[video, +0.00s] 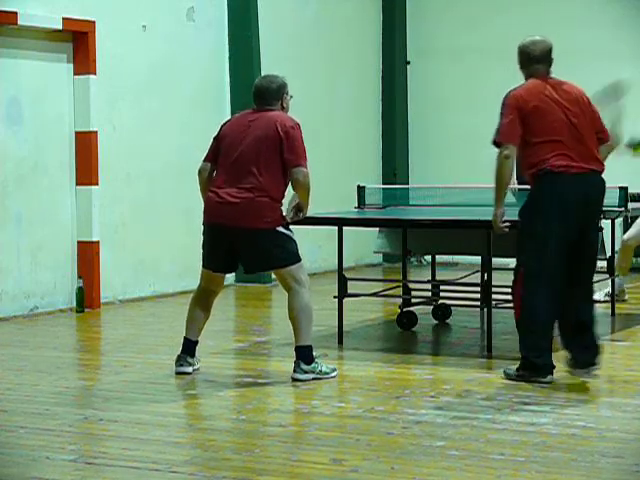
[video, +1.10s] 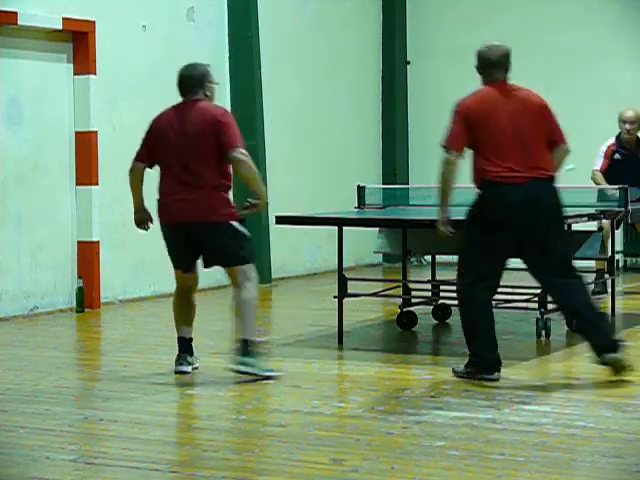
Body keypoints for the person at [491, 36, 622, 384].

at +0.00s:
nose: (523, 70)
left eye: (521, 65)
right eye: (534, 62)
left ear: (521, 65)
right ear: (550, 63)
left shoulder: (518, 97)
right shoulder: (576, 93)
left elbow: (507, 152)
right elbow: (607, 142)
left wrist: (499, 205)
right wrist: (581, 170)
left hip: (551, 189)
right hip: (591, 188)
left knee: (537, 273)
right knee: (577, 271)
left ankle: (536, 364)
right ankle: (584, 355)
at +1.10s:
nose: (484, 73)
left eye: (480, 68)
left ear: (479, 70)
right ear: (508, 68)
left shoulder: (469, 107)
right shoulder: (533, 101)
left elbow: (452, 159)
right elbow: (561, 148)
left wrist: (443, 212)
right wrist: (538, 180)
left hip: (496, 203)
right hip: (541, 200)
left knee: (474, 284)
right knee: (560, 275)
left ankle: (484, 364)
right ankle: (606, 346)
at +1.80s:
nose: (440, 102)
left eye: (439, 98)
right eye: (440, 98)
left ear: (409, 95)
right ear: (436, 98)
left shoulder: (381, 121)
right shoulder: (436, 125)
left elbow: (351, 169)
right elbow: (447, 173)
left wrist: (354, 209)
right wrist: (456, 206)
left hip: (365, 208)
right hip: (408, 211)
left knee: (351, 278)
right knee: (443, 277)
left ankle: (318, 349)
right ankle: (463, 353)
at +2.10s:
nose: (495, 122)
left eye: (496, 116)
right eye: (494, 116)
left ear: (473, 108)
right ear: (483, 114)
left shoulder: (445, 125)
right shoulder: (455, 136)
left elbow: (453, 191)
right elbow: (458, 198)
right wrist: (503, 204)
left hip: (370, 197)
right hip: (398, 208)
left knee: (352, 274)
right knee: (438, 275)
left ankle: (306, 341)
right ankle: (450, 356)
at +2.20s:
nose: (516, 137)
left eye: (517, 131)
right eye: (516, 130)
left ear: (494, 118)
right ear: (505, 126)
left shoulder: (458, 125)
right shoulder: (477, 151)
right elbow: (469, 213)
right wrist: (511, 218)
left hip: (381, 196)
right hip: (411, 211)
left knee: (352, 271)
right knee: (454, 277)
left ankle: (309, 335)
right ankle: (451, 356)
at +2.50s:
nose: (521, 85)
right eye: (524, 80)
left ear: (495, 75)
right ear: (524, 83)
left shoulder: (462, 98)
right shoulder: (518, 125)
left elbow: (424, 139)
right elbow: (519, 187)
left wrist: (426, 177)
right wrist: (532, 190)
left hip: (421, 193)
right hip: (460, 206)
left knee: (419, 257)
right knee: (476, 282)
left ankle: (395, 325)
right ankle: (454, 357)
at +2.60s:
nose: (520, 66)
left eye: (516, 59)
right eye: (521, 61)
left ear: (490, 59)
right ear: (519, 63)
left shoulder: (462, 88)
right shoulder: (521, 105)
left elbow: (432, 133)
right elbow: (534, 163)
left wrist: (445, 168)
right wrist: (556, 162)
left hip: (437, 191)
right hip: (479, 199)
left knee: (440, 264)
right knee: (477, 276)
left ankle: (432, 335)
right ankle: (460, 356)